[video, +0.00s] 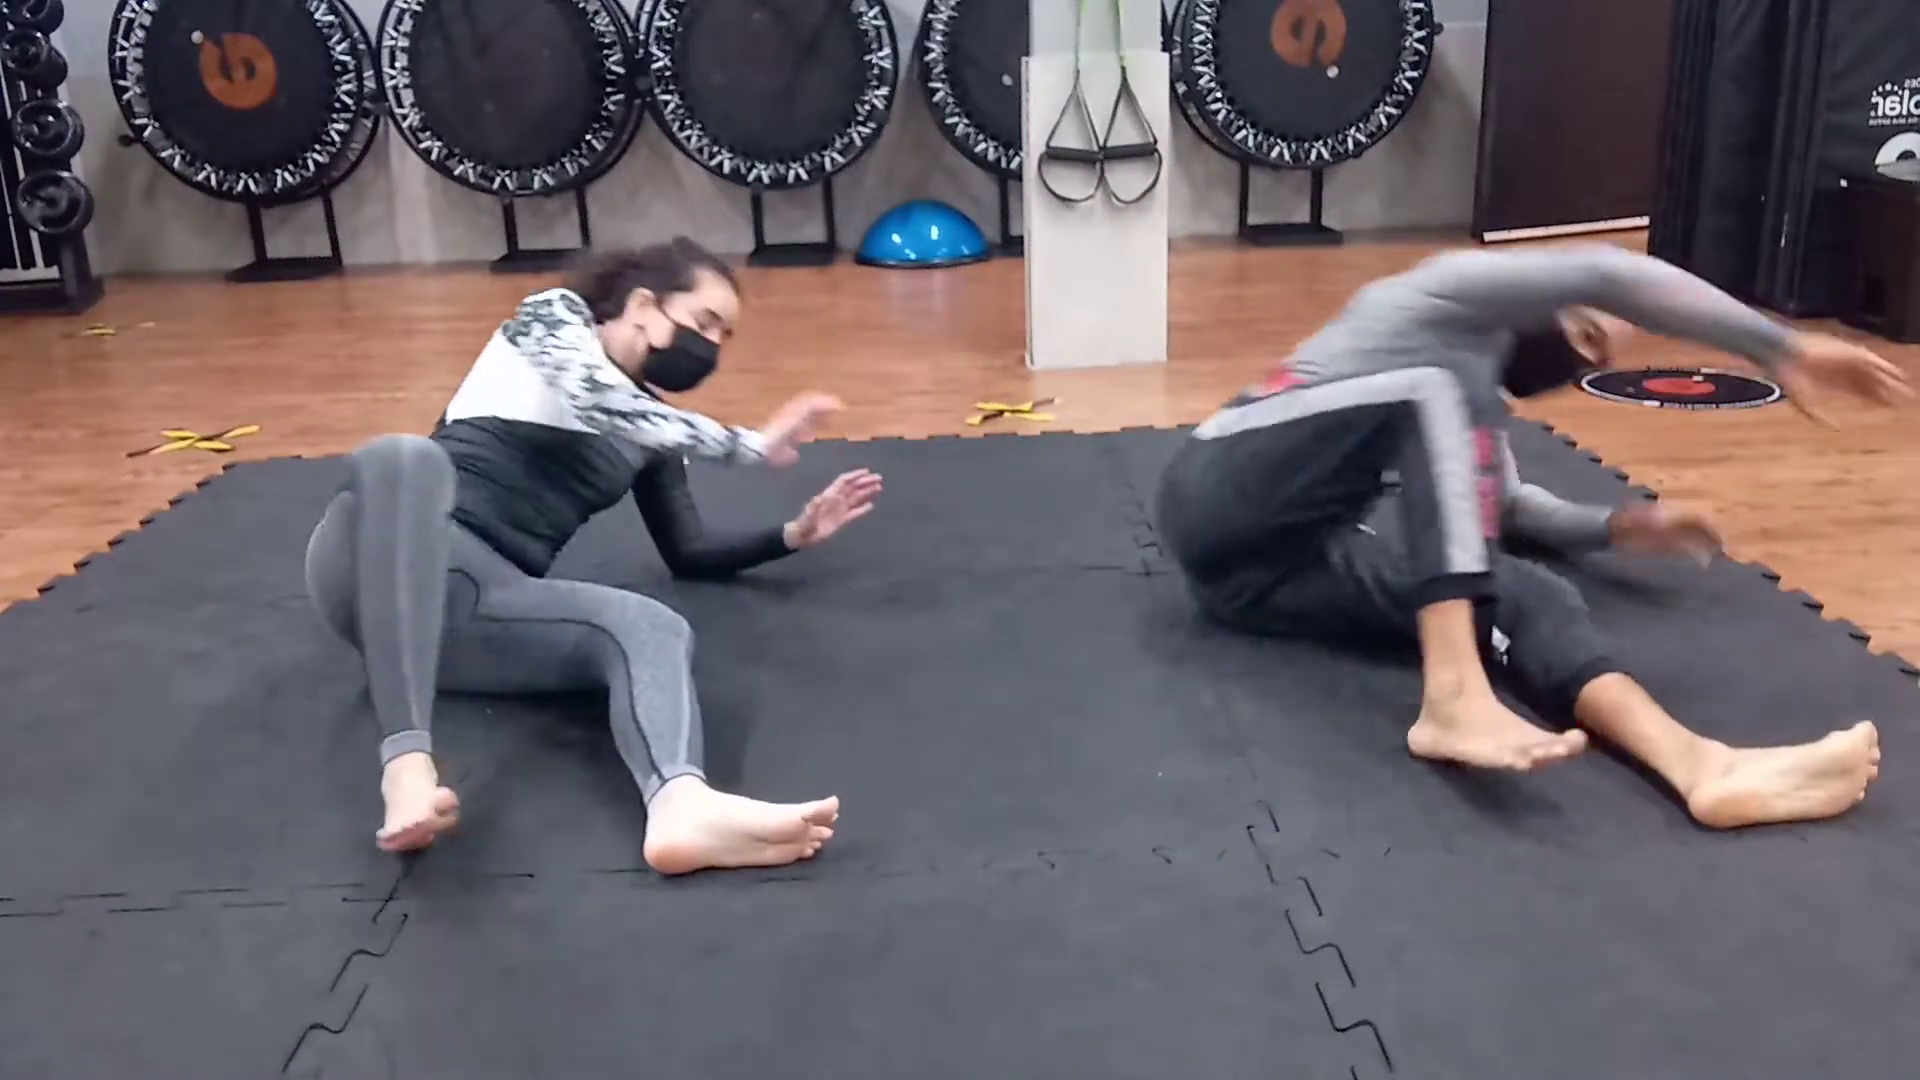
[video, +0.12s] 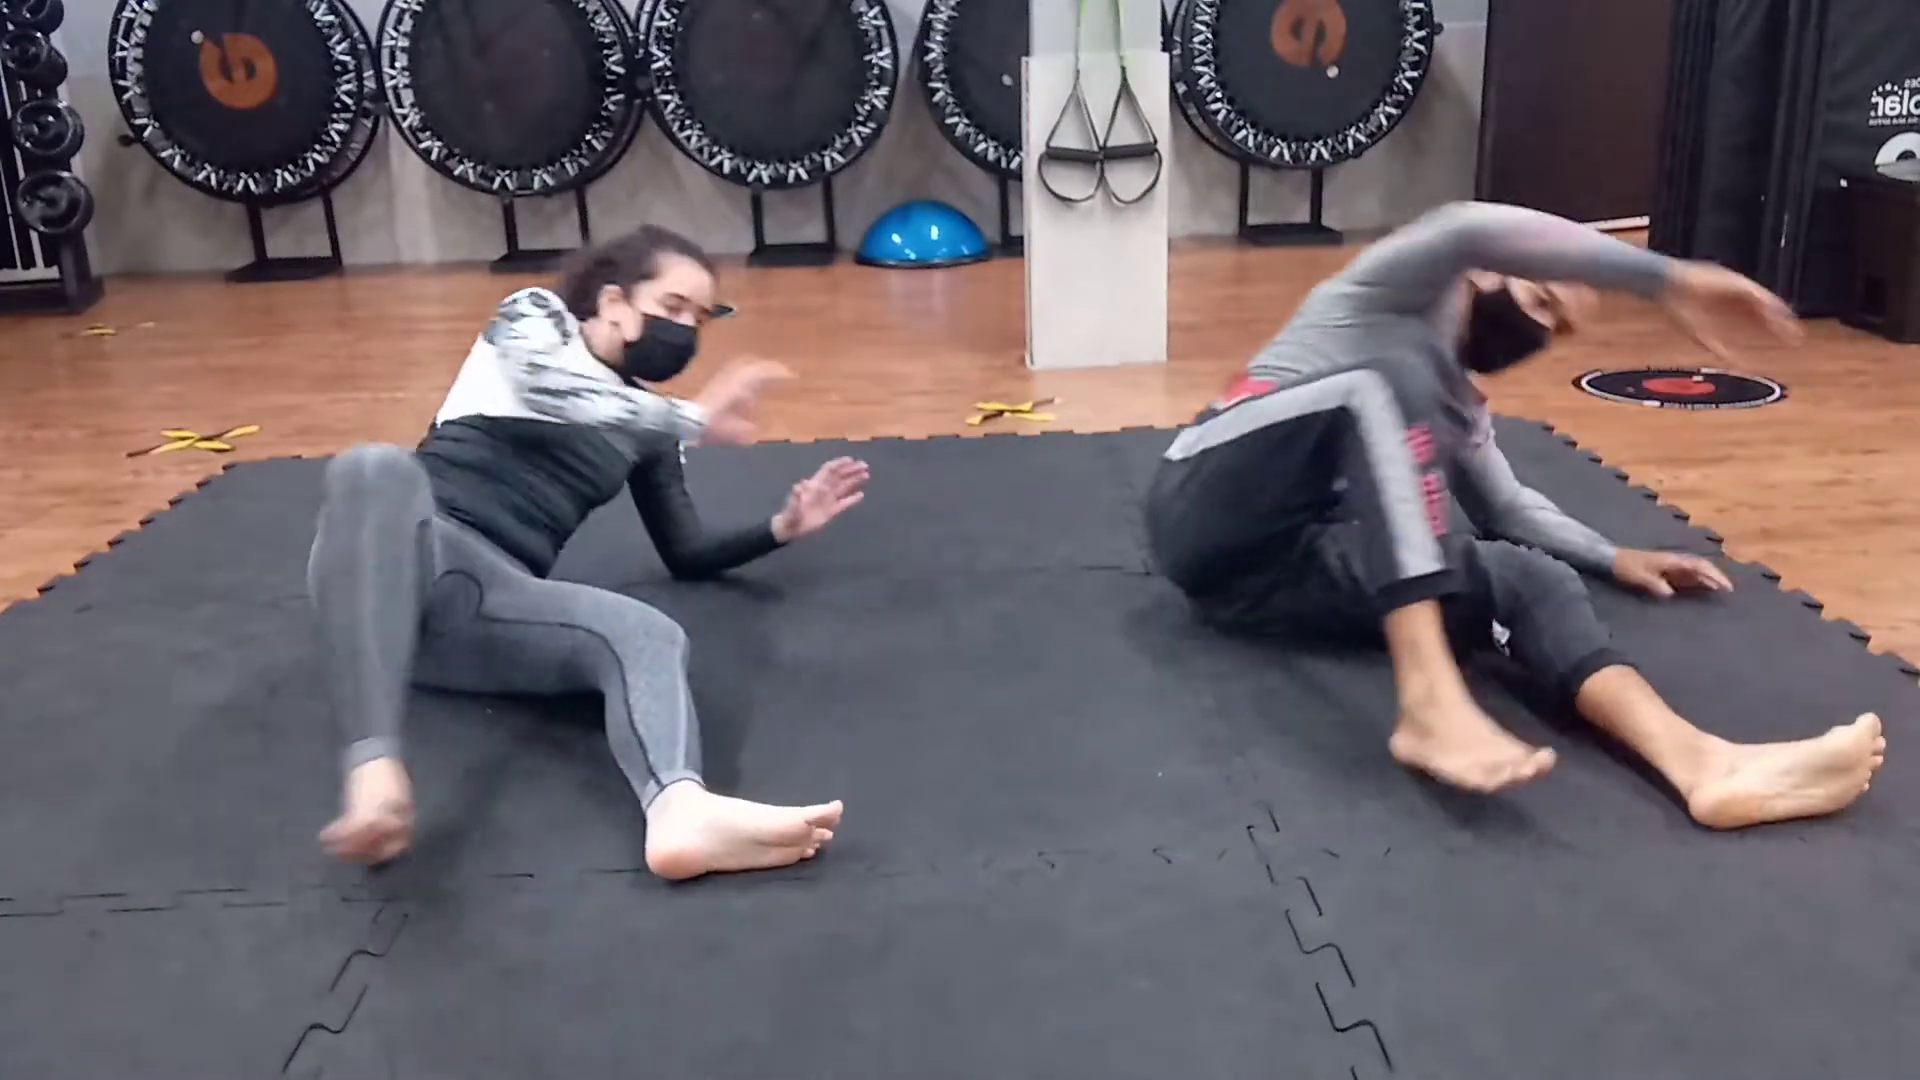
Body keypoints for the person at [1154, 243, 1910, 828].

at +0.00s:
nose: (1605, 352)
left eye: (1608, 346)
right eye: (1600, 333)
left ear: (1553, 362)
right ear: (1555, 305)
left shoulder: (1475, 425)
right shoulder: (1450, 300)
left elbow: (1509, 509)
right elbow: (1609, 270)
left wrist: (1625, 526)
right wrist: (1782, 345)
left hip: (1270, 588)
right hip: (1217, 493)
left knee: (1524, 586)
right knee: (1431, 392)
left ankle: (1701, 766)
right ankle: (1454, 696)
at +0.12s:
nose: (1544, 300)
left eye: (1555, 314)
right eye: (1544, 285)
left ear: (1521, 346)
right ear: (1495, 265)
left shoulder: (1454, 410)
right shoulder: (1396, 293)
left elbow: (1508, 511)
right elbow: (1475, 229)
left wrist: (1619, 561)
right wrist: (1669, 279)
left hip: (1281, 585)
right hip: (1205, 508)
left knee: (1527, 577)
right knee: (1377, 386)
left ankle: (1703, 763)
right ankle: (1431, 705)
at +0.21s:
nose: (1510, 288)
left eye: (1532, 302)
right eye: (1511, 268)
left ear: (1523, 336)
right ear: (1471, 251)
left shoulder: (1445, 409)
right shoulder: (1372, 284)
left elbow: (1512, 516)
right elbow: (1388, 220)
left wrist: (1628, 565)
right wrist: (1581, 242)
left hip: (1295, 579)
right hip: (1199, 512)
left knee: (1525, 570)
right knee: (1345, 394)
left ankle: (1705, 763)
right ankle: (1404, 712)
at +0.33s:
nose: (1486, 268)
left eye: (1500, 266)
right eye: (1476, 254)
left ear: (1492, 306)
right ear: (1433, 249)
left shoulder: (1432, 396)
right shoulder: (1330, 282)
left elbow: (1494, 515)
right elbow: (1277, 229)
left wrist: (1624, 564)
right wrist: (1470, 215)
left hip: (1284, 579)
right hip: (1188, 525)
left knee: (1521, 564)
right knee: (1293, 406)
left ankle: (1703, 759)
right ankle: (1354, 718)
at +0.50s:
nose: (1427, 246)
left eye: (1451, 239)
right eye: (1417, 223)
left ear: (1457, 267)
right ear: (1375, 223)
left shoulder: (1410, 375)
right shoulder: (1279, 277)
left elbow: (1485, 506)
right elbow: (1170, 271)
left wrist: (1618, 567)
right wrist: (1351, 231)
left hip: (1283, 560)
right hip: (1171, 534)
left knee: (1510, 552)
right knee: (1225, 412)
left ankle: (1702, 757)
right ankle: (1314, 720)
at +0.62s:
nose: (1364, 237)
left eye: (1390, 234)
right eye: (1359, 211)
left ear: (1402, 257)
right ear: (1318, 199)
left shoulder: (1383, 359)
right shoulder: (1222, 273)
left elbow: (1487, 483)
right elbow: (1098, 309)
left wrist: (1621, 568)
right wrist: (1268, 258)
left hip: (1278, 557)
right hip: (1160, 546)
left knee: (1505, 545)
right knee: (1173, 427)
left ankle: (1697, 755)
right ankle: (1287, 721)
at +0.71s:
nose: (1341, 241)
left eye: (1367, 231)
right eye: (1329, 212)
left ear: (1382, 241)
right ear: (1282, 194)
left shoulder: (1367, 349)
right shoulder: (1193, 284)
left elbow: (1483, 467)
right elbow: (1050, 340)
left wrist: (1621, 565)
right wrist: (1213, 271)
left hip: (1282, 557)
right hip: (1165, 550)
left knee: (1496, 544)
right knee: (1151, 435)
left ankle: (1694, 755)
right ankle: (1275, 723)